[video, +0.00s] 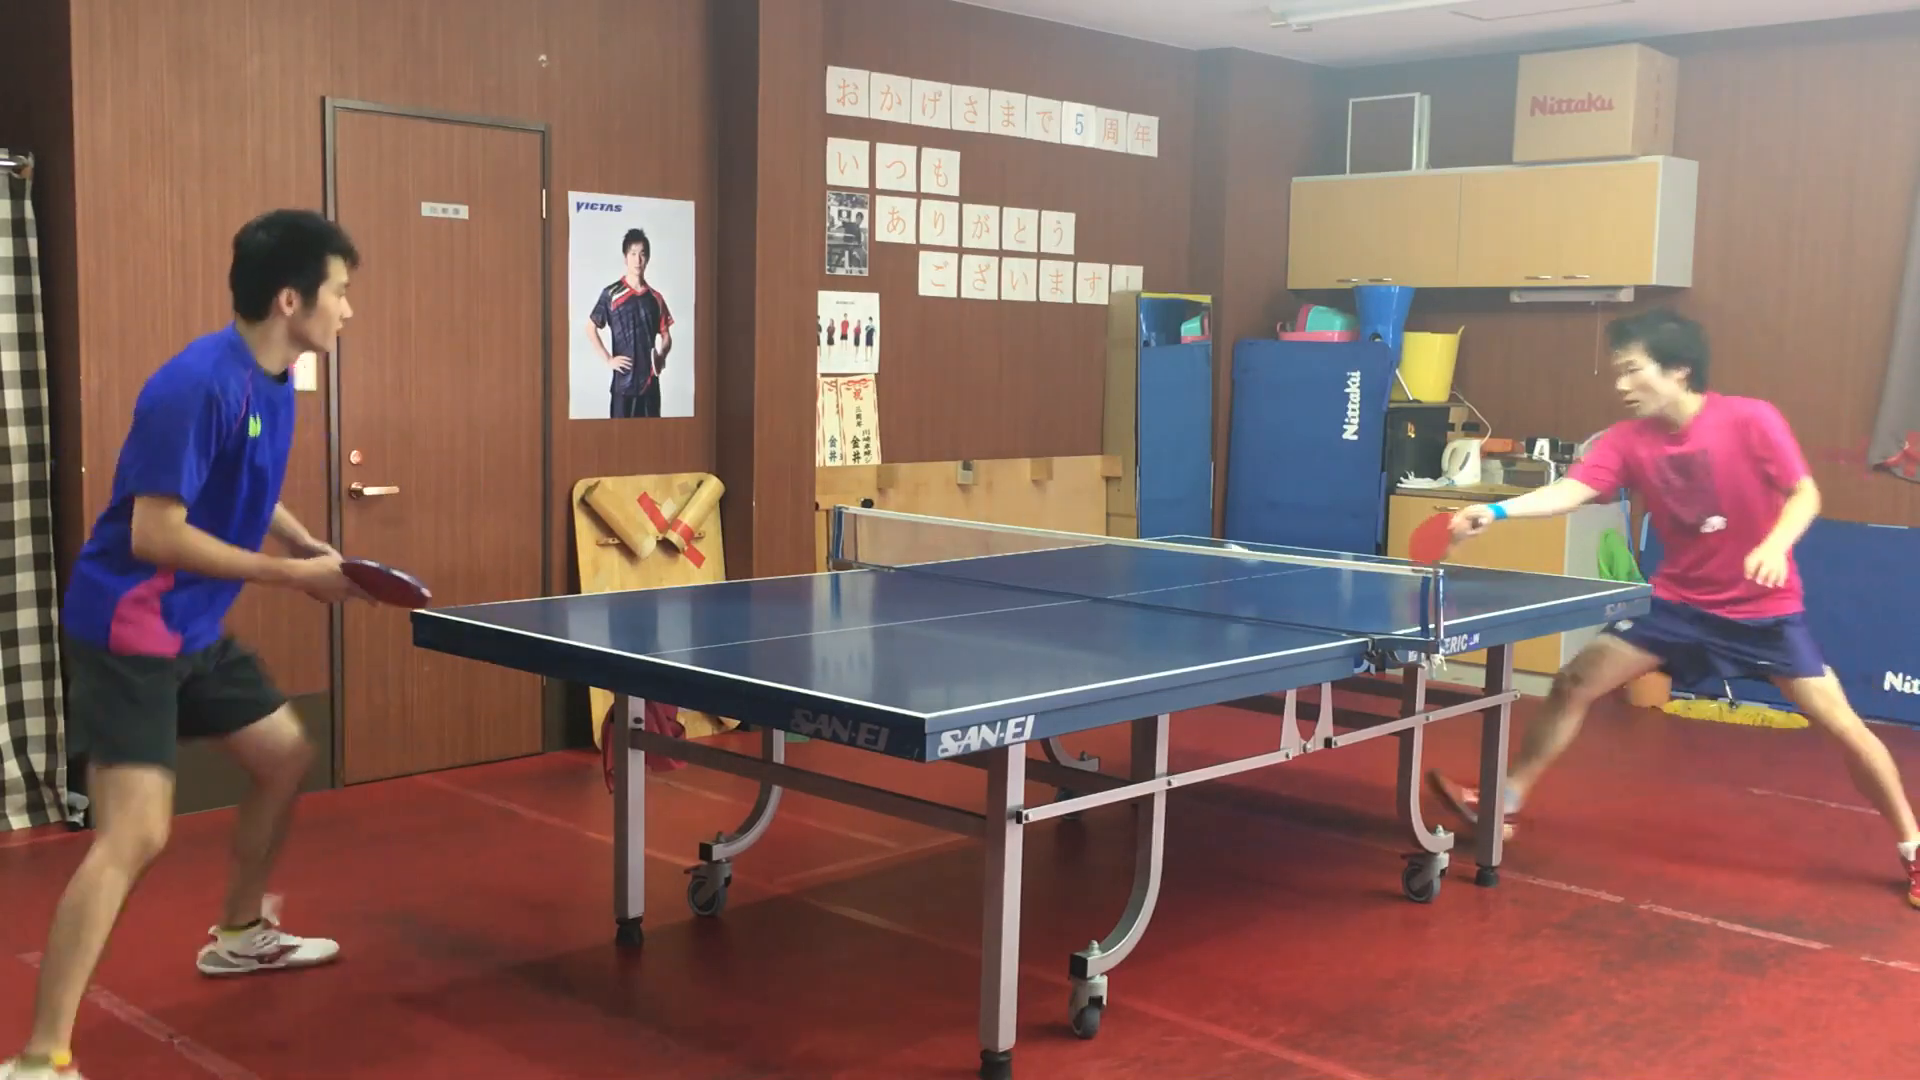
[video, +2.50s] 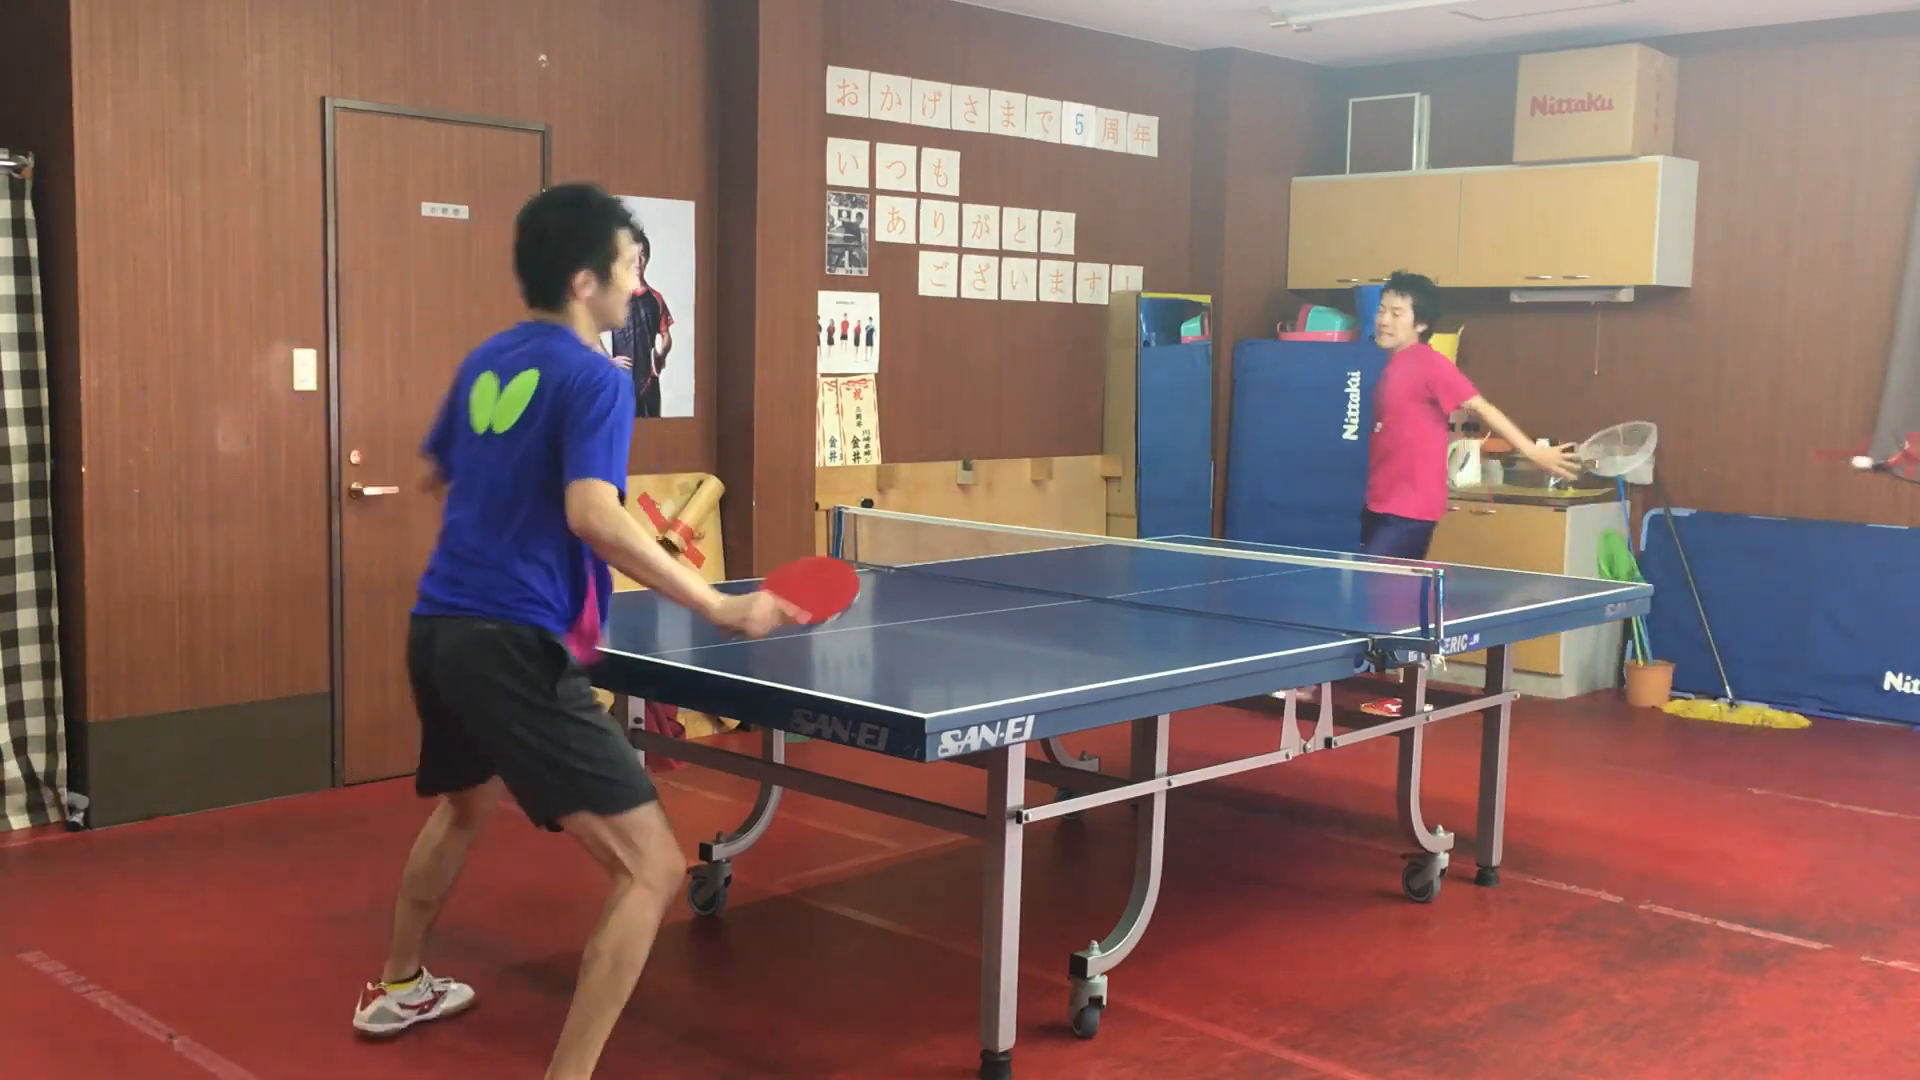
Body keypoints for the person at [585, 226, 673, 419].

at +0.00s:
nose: (639, 260)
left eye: (643, 254)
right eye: (633, 254)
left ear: (648, 258)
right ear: (625, 257)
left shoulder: (655, 297)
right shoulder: (611, 294)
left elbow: (666, 336)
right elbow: (590, 327)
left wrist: (661, 355)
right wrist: (608, 359)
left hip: (650, 380)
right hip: (624, 380)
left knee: (650, 437)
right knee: (622, 437)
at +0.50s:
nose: (639, 259)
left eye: (643, 254)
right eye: (633, 254)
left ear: (648, 258)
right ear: (625, 257)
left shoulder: (655, 297)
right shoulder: (611, 294)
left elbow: (665, 336)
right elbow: (590, 328)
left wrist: (661, 355)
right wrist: (608, 359)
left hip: (649, 379)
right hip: (624, 380)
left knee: (650, 436)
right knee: (622, 436)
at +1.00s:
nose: (639, 259)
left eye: (643, 254)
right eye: (633, 254)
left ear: (648, 258)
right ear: (625, 257)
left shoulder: (655, 298)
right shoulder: (611, 294)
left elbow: (666, 336)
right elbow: (590, 328)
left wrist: (661, 357)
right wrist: (608, 359)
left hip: (650, 380)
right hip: (624, 380)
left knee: (649, 437)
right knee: (622, 438)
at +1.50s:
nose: (639, 260)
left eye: (643, 254)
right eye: (633, 254)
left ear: (648, 258)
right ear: (625, 257)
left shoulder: (655, 297)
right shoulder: (611, 294)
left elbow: (666, 336)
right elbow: (590, 327)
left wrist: (661, 356)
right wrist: (608, 359)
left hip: (650, 380)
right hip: (624, 381)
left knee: (649, 438)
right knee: (622, 438)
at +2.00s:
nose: (638, 260)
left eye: (643, 254)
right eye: (633, 254)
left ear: (648, 258)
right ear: (625, 257)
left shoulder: (655, 297)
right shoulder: (611, 294)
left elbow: (666, 336)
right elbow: (590, 327)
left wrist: (661, 356)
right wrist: (608, 359)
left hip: (649, 378)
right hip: (624, 378)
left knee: (650, 435)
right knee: (622, 435)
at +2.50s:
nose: (638, 262)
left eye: (642, 256)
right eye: (633, 257)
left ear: (647, 260)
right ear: (625, 260)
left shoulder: (654, 297)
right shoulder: (613, 295)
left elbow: (665, 335)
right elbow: (592, 332)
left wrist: (661, 357)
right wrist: (609, 359)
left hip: (648, 373)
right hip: (622, 372)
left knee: (652, 428)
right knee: (623, 427)